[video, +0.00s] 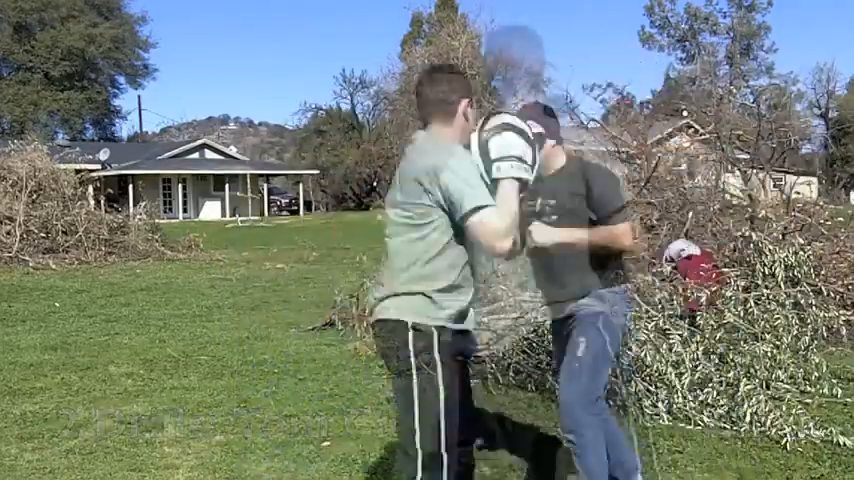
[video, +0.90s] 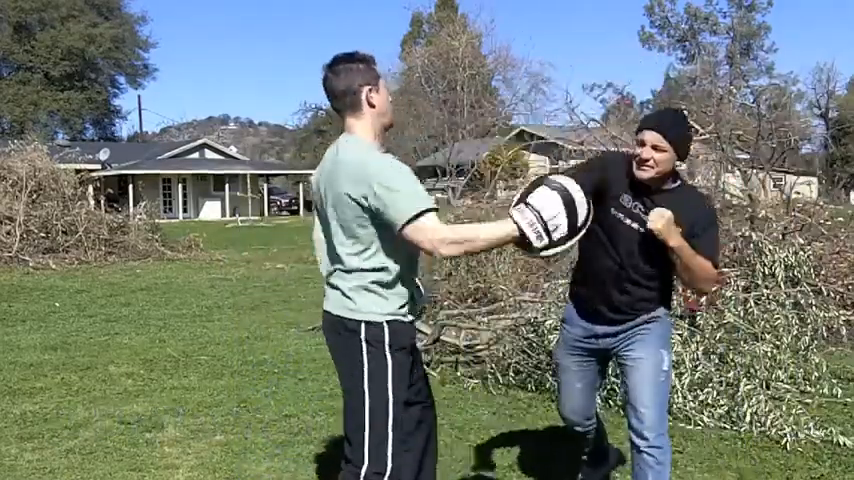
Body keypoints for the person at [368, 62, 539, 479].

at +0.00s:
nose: (476, 118)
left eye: (475, 111)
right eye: (475, 109)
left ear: (426, 108)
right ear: (465, 109)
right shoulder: (445, 157)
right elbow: (500, 239)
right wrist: (509, 168)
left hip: (413, 317)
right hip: (422, 322)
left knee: (448, 448)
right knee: (435, 455)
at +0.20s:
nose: (481, 164)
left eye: (480, 155)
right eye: (480, 154)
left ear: (433, 152)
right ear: (468, 152)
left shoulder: (453, 199)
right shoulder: (438, 196)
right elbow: (474, 279)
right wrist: (510, 226)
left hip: (437, 344)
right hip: (410, 346)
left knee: (483, 441)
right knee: (464, 463)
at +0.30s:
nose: (462, 151)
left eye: (460, 142)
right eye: (460, 141)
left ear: (413, 144)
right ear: (450, 142)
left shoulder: (415, 187)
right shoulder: (432, 189)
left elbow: (471, 257)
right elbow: (491, 258)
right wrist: (519, 202)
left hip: (431, 342)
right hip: (412, 345)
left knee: (477, 450)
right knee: (448, 464)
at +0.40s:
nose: (440, 130)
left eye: (438, 123)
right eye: (438, 122)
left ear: (390, 128)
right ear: (429, 123)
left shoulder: (377, 184)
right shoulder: (423, 172)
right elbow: (493, 228)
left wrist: (442, 307)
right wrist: (522, 174)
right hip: (404, 334)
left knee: (454, 447)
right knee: (418, 462)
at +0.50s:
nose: (424, 113)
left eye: (420, 105)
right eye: (422, 105)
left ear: (372, 116)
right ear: (413, 109)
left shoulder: (354, 175)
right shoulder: (415, 161)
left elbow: (347, 254)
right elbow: (493, 210)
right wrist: (518, 153)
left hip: (373, 314)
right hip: (397, 321)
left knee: (432, 435)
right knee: (397, 454)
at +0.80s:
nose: (390, 97)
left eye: (386, 88)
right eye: (385, 88)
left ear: (338, 100)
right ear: (371, 93)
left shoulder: (324, 166)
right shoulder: (387, 154)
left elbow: (323, 239)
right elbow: (471, 197)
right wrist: (530, 149)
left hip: (354, 314)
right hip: (384, 320)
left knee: (411, 446)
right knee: (387, 457)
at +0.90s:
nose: (390, 96)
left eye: (385, 87)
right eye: (385, 88)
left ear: (343, 105)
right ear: (370, 97)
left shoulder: (333, 162)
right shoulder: (376, 167)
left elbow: (335, 249)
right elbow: (438, 240)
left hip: (361, 317)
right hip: (375, 323)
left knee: (417, 427)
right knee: (380, 455)